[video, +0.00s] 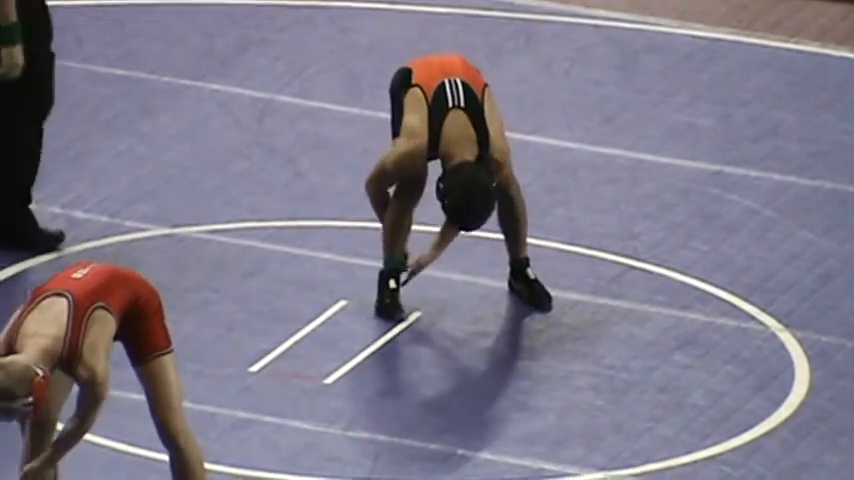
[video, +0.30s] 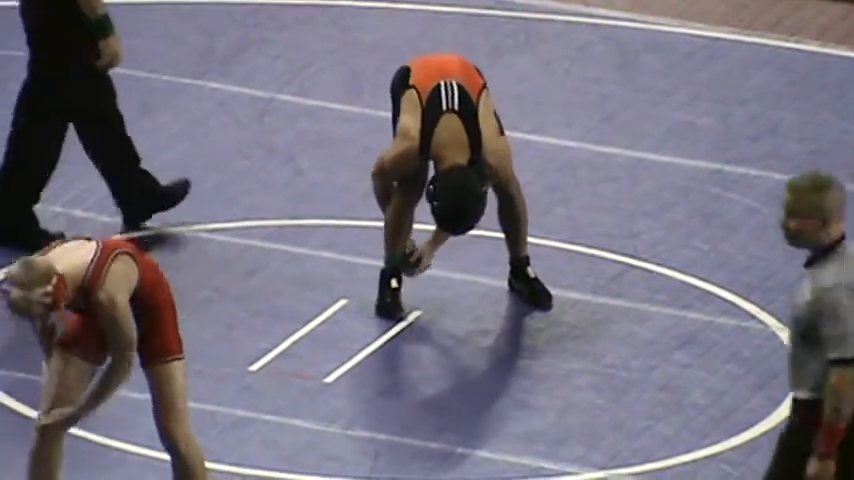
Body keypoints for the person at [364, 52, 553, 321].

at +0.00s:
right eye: (454, 221)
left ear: (490, 189)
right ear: (443, 191)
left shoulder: (497, 156)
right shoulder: (412, 150)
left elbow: (458, 216)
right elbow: (374, 186)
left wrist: (433, 253)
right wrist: (394, 230)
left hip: (470, 77)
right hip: (415, 78)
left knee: (509, 187)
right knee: (409, 187)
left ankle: (521, 271)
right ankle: (391, 277)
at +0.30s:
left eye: (458, 234)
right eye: (445, 230)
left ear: (482, 190)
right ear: (433, 193)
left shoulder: (496, 158)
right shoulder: (406, 150)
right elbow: (380, 178)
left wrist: (432, 247)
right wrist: (402, 237)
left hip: (470, 76)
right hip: (414, 77)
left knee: (510, 192)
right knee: (407, 191)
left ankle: (521, 271)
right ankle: (391, 277)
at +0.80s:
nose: (442, 193)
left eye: (446, 189)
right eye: (438, 189)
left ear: (462, 158)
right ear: (416, 145)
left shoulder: (482, 134)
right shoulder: (397, 111)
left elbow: (463, 194)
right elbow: (350, 131)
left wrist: (421, 236)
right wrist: (352, 197)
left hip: (469, 65)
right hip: (415, 63)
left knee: (502, 180)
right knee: (402, 187)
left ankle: (520, 264)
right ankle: (391, 276)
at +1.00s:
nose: (455, 100)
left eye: (462, 93)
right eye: (447, 91)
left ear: (481, 82)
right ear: (436, 74)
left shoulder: (504, 81)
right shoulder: (424, 55)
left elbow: (482, 148)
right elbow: (376, 81)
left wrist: (426, 190)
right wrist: (360, 142)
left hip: (496, 101)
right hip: (443, 92)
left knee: (517, 187)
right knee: (418, 182)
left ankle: (530, 254)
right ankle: (394, 274)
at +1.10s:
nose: (476, 42)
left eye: (484, 35)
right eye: (469, 33)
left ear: (500, 27)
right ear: (458, 22)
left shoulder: (528, 41)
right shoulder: (443, 21)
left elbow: (516, 114)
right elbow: (414, 47)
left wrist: (460, 150)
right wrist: (391, 104)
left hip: (515, 93)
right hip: (465, 87)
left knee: (526, 189)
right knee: (428, 178)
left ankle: (529, 266)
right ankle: (393, 274)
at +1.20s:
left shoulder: (542, 8)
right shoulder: (468, 3)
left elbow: (563, 78)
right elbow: (446, 25)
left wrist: (514, 116)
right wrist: (420, 78)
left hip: (534, 79)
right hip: (487, 70)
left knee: (538, 192)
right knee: (437, 166)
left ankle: (537, 285)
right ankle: (417, 268)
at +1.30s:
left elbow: (602, 13)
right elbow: (462, 2)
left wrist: (572, 71)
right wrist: (447, 53)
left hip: (546, 51)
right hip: (499, 43)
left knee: (541, 164)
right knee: (460, 141)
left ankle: (532, 247)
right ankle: (468, 235)